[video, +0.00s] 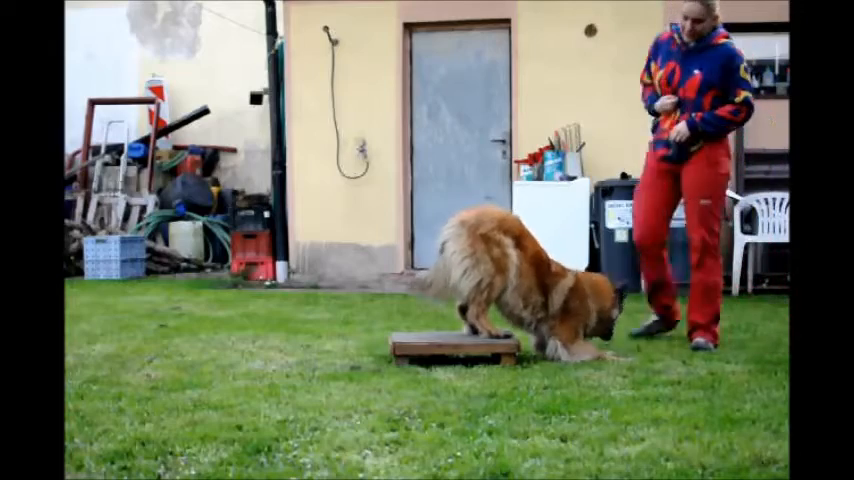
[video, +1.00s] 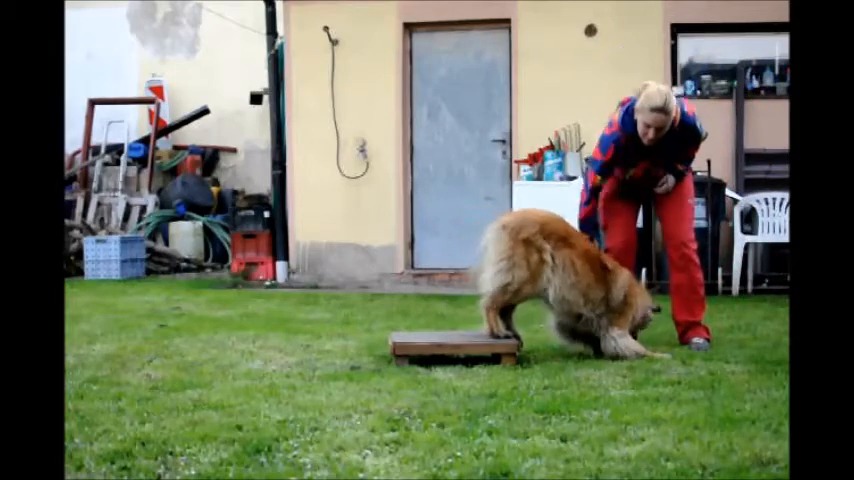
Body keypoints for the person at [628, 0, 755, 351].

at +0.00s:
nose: (688, 26)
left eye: (697, 20)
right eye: (685, 18)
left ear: (715, 17)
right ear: (679, 13)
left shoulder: (726, 53)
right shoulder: (663, 42)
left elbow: (742, 107)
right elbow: (647, 83)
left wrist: (695, 124)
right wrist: (655, 103)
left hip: (705, 154)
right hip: (661, 152)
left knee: (703, 241)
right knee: (645, 236)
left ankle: (703, 331)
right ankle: (665, 315)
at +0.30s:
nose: (670, 41)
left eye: (679, 36)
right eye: (666, 32)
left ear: (690, 35)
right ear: (656, 24)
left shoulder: (700, 65)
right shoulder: (630, 56)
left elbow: (709, 110)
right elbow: (604, 98)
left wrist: (690, 138)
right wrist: (633, 123)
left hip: (680, 158)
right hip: (631, 157)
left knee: (689, 242)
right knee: (625, 243)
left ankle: (701, 329)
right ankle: (618, 321)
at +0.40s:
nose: (664, 56)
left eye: (673, 50)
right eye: (659, 47)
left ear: (684, 47)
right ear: (648, 38)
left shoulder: (693, 77)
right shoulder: (621, 71)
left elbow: (698, 117)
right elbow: (601, 119)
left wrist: (681, 145)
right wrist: (630, 160)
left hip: (672, 155)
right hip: (623, 154)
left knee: (685, 238)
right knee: (622, 240)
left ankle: (696, 326)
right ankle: (618, 320)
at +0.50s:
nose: (662, 75)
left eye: (670, 69)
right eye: (657, 67)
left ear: (680, 66)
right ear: (645, 60)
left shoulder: (690, 88)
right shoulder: (623, 88)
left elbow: (693, 127)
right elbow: (608, 147)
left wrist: (677, 154)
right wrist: (626, 203)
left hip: (670, 166)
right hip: (624, 164)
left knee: (683, 239)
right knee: (620, 240)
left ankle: (694, 327)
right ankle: (619, 322)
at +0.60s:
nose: (659, 103)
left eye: (666, 97)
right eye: (653, 95)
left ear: (677, 93)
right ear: (642, 87)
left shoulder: (687, 108)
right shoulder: (624, 108)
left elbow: (690, 138)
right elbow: (618, 163)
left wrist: (675, 164)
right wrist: (622, 223)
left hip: (668, 170)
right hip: (624, 169)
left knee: (682, 243)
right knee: (619, 244)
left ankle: (693, 327)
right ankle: (615, 324)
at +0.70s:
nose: (654, 146)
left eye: (662, 140)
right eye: (649, 138)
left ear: (674, 131)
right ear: (638, 128)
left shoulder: (688, 131)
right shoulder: (622, 145)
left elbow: (688, 153)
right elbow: (622, 212)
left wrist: (674, 176)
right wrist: (623, 269)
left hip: (669, 176)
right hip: (622, 178)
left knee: (682, 244)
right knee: (618, 247)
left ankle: (693, 329)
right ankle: (623, 333)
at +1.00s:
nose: (650, 135)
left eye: (658, 129)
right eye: (645, 126)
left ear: (673, 118)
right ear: (636, 115)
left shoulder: (689, 126)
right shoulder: (618, 128)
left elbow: (688, 153)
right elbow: (593, 181)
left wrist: (675, 174)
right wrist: (589, 240)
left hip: (669, 177)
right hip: (623, 177)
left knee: (682, 245)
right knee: (618, 246)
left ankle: (693, 330)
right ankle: (619, 328)